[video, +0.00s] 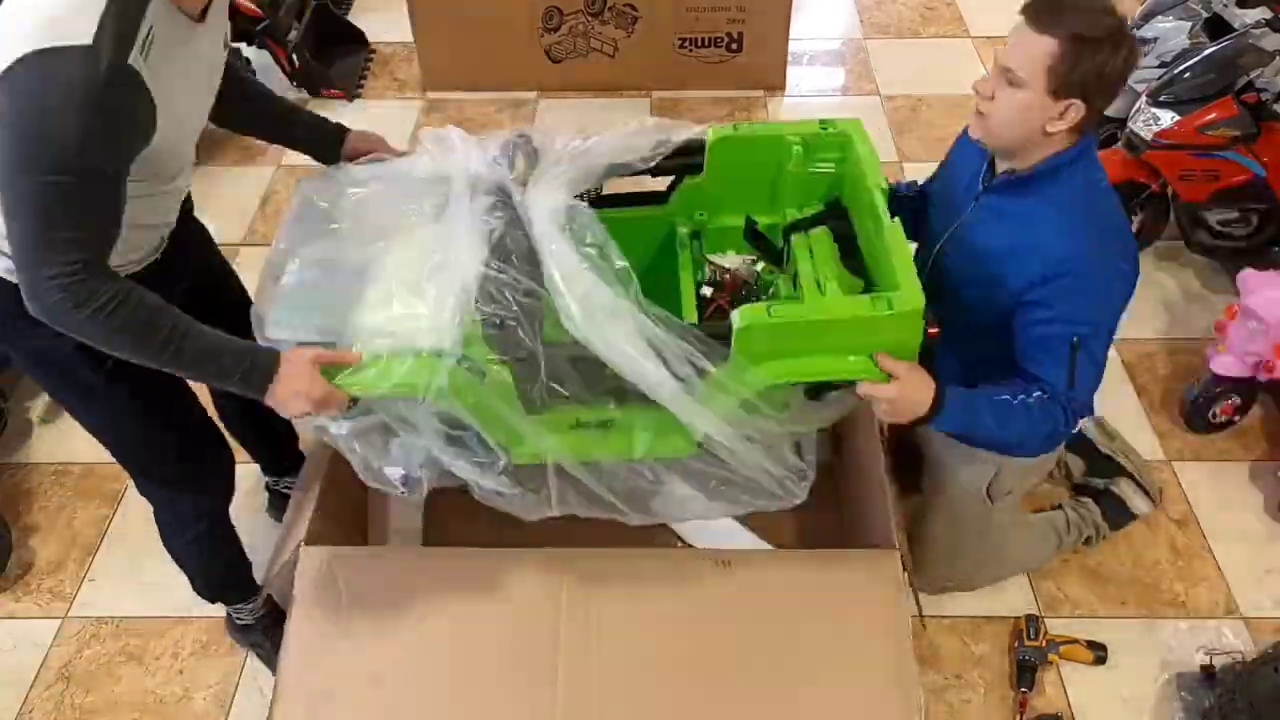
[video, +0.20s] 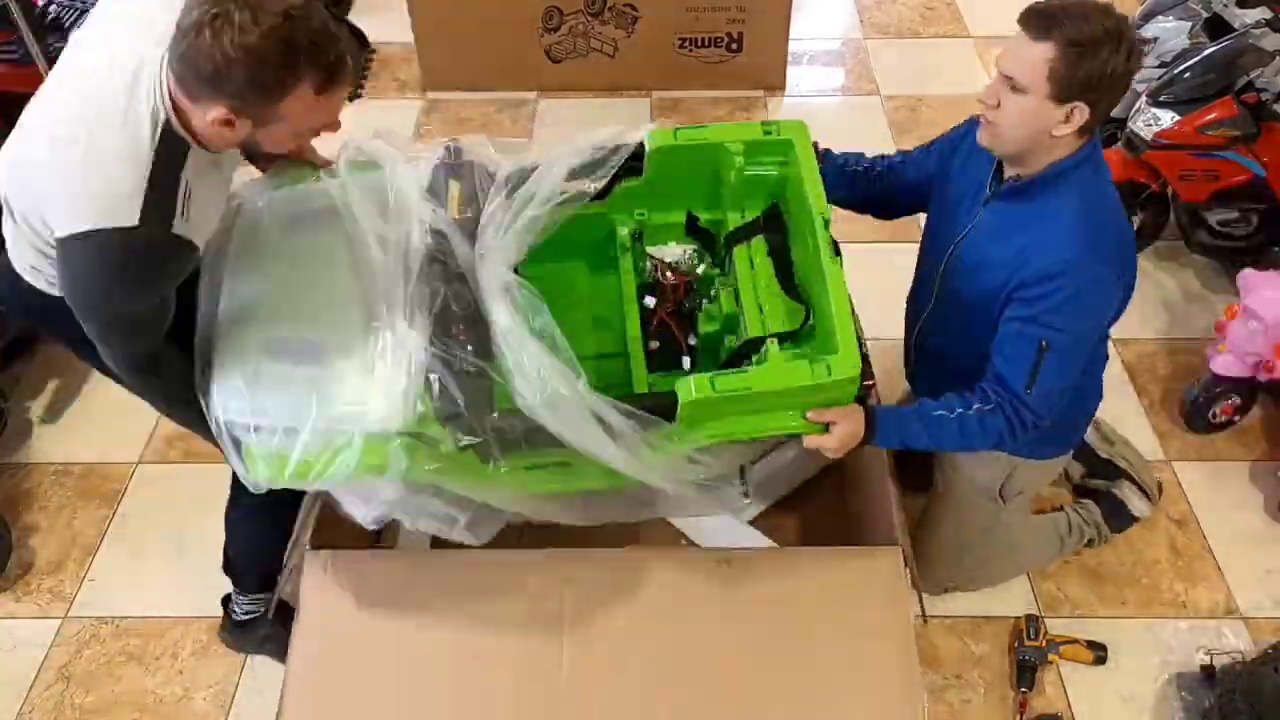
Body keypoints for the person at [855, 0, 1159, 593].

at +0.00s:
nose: (981, 87)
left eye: (1009, 82)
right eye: (995, 67)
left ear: (1063, 116)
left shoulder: (1089, 252)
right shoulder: (989, 136)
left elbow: (1052, 409)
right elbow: (929, 212)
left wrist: (936, 403)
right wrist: (844, 204)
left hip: (993, 420)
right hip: (928, 355)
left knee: (944, 566)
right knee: (919, 471)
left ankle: (1103, 509)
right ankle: (1064, 457)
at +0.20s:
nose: (985, 95)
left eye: (1011, 88)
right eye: (997, 75)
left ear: (1070, 119)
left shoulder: (1080, 254)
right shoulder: (988, 141)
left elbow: (1014, 414)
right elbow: (887, 186)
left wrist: (872, 425)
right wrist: (801, 163)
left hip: (1009, 431)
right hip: (943, 373)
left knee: (946, 567)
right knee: (917, 473)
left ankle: (1104, 512)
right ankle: (1059, 450)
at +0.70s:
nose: (956, 127)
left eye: (974, 117)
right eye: (963, 110)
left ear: (1034, 139)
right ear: (1031, 138)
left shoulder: (1090, 283)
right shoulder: (976, 171)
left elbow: (1024, 443)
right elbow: (909, 243)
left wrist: (881, 469)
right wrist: (805, 249)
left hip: (1001, 445)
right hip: (929, 397)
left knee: (918, 558)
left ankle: (1075, 508)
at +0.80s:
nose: (962, 103)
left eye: (982, 92)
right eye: (970, 85)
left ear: (1042, 115)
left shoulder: (1087, 263)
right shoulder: (972, 153)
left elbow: (1058, 411)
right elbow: (942, 245)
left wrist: (932, 448)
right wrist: (852, 238)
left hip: (992, 421)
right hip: (915, 358)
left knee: (918, 555)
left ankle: (1078, 505)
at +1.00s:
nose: (945, 109)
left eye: (968, 98)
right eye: (949, 88)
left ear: (1032, 113)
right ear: (948, 70)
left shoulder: (1069, 244)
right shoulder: (966, 143)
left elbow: (1050, 398)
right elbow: (940, 245)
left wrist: (924, 430)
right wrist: (854, 242)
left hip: (997, 418)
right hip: (923, 362)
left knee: (920, 556)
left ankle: (1079, 514)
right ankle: (1044, 449)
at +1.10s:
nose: (977, 183)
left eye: (997, 176)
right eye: (982, 165)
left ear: (1068, 190)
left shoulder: (1120, 332)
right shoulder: (1002, 207)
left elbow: (1065, 480)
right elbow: (956, 256)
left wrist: (931, 507)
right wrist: (877, 244)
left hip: (1029, 477)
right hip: (944, 415)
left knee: (954, 602)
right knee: (806, 507)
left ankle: (1104, 517)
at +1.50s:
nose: (1001, 146)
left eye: (1028, 141)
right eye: (1011, 123)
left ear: (1093, 170)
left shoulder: (1125, 310)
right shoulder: (1017, 178)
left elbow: (1094, 464)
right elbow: (978, 247)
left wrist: (962, 516)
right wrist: (897, 267)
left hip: (1030, 470)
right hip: (950, 402)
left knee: (949, 598)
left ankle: (1107, 520)